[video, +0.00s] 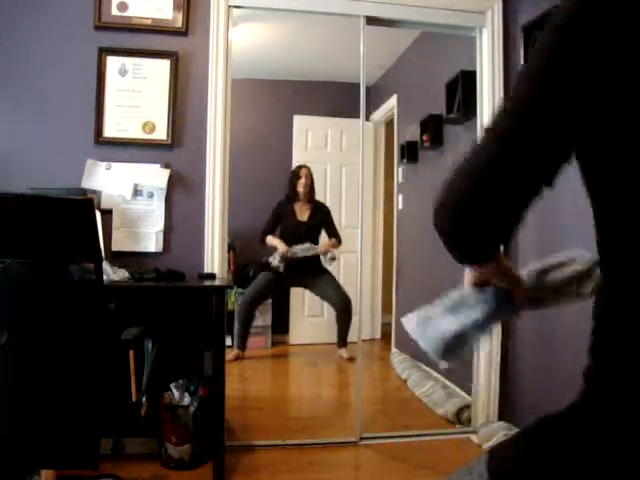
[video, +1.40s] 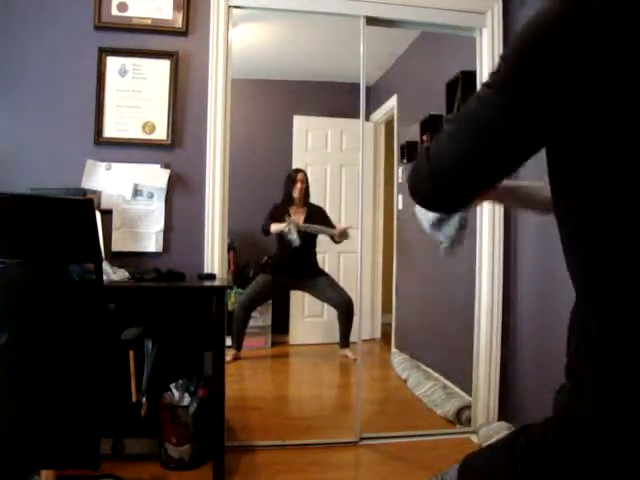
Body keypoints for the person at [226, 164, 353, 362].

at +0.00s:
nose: (304, 181)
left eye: (308, 178)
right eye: (300, 178)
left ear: (312, 182)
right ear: (293, 182)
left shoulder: (321, 210)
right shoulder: (283, 207)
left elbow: (336, 239)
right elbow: (265, 236)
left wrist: (327, 246)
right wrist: (279, 244)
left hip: (310, 269)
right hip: (282, 269)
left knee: (343, 302)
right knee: (246, 301)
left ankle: (342, 346)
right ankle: (238, 349)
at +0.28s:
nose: (304, 184)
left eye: (307, 181)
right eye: (300, 181)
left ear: (311, 185)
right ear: (293, 184)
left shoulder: (318, 213)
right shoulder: (282, 210)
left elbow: (330, 244)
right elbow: (263, 240)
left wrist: (338, 231)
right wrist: (263, 227)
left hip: (307, 271)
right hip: (279, 271)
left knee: (342, 302)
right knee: (245, 301)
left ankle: (342, 347)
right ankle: (239, 350)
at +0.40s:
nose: (302, 183)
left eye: (305, 180)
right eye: (298, 180)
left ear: (310, 184)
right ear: (291, 183)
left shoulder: (316, 211)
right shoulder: (278, 209)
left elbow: (331, 242)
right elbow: (261, 238)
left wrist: (338, 224)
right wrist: (258, 215)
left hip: (307, 272)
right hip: (277, 272)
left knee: (341, 302)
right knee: (244, 302)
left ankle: (341, 347)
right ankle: (239, 350)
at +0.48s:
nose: (301, 183)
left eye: (304, 179)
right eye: (297, 179)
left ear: (309, 183)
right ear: (289, 183)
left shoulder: (316, 209)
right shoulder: (277, 208)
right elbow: (258, 237)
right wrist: (261, 218)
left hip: (308, 271)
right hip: (276, 271)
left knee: (342, 302)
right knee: (242, 303)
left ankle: (342, 346)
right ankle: (238, 350)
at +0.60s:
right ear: (276, 207)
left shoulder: (312, 218)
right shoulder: (272, 221)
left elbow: (317, 247)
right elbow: (267, 249)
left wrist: (328, 235)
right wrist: (259, 231)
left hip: (306, 274)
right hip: (273, 275)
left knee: (343, 303)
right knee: (241, 305)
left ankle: (343, 347)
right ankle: (237, 350)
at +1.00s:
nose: (299, 187)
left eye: (302, 183)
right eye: (295, 183)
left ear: (307, 187)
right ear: (288, 186)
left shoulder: (314, 214)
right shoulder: (280, 210)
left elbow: (325, 245)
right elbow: (263, 236)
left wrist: (309, 230)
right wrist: (283, 220)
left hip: (307, 274)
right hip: (277, 274)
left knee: (345, 303)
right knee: (242, 304)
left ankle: (343, 348)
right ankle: (238, 350)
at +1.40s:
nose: (300, 186)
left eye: (303, 182)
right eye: (296, 182)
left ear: (307, 186)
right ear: (289, 185)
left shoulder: (316, 212)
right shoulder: (279, 209)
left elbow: (334, 237)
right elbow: (265, 229)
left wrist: (340, 234)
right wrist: (285, 226)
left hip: (309, 273)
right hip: (279, 272)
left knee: (345, 303)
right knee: (243, 304)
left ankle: (344, 347)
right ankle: (236, 350)